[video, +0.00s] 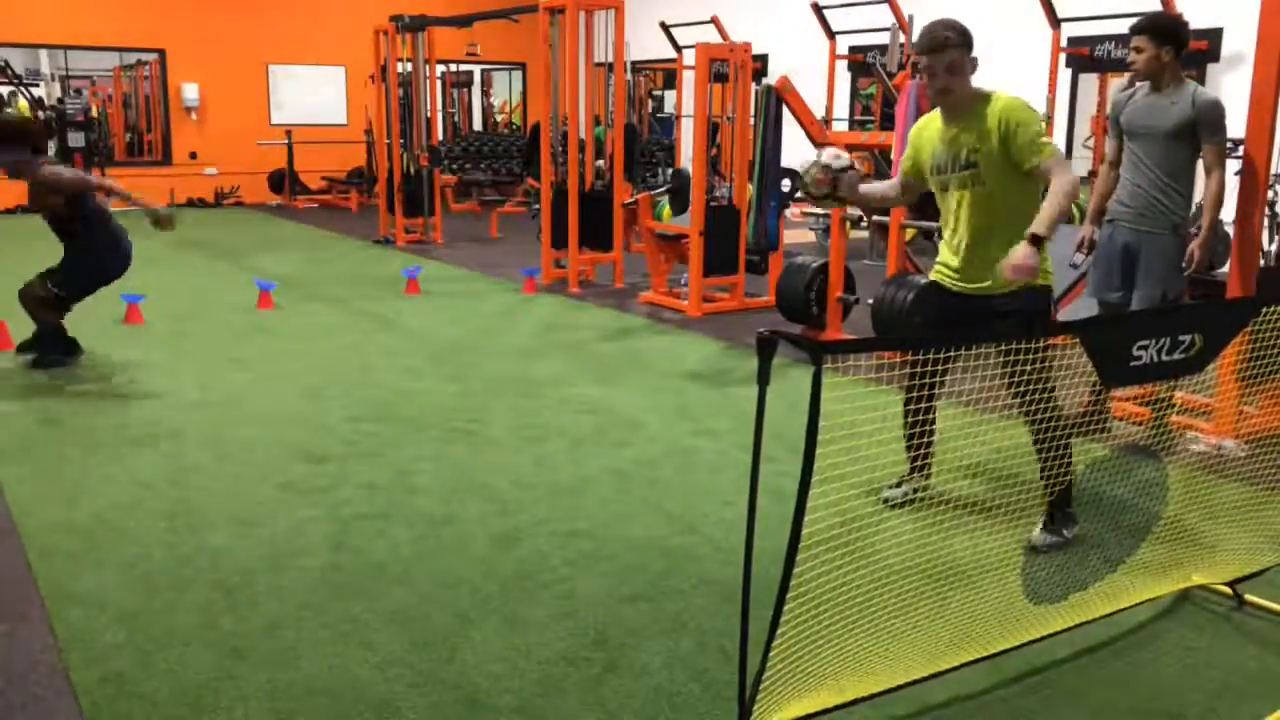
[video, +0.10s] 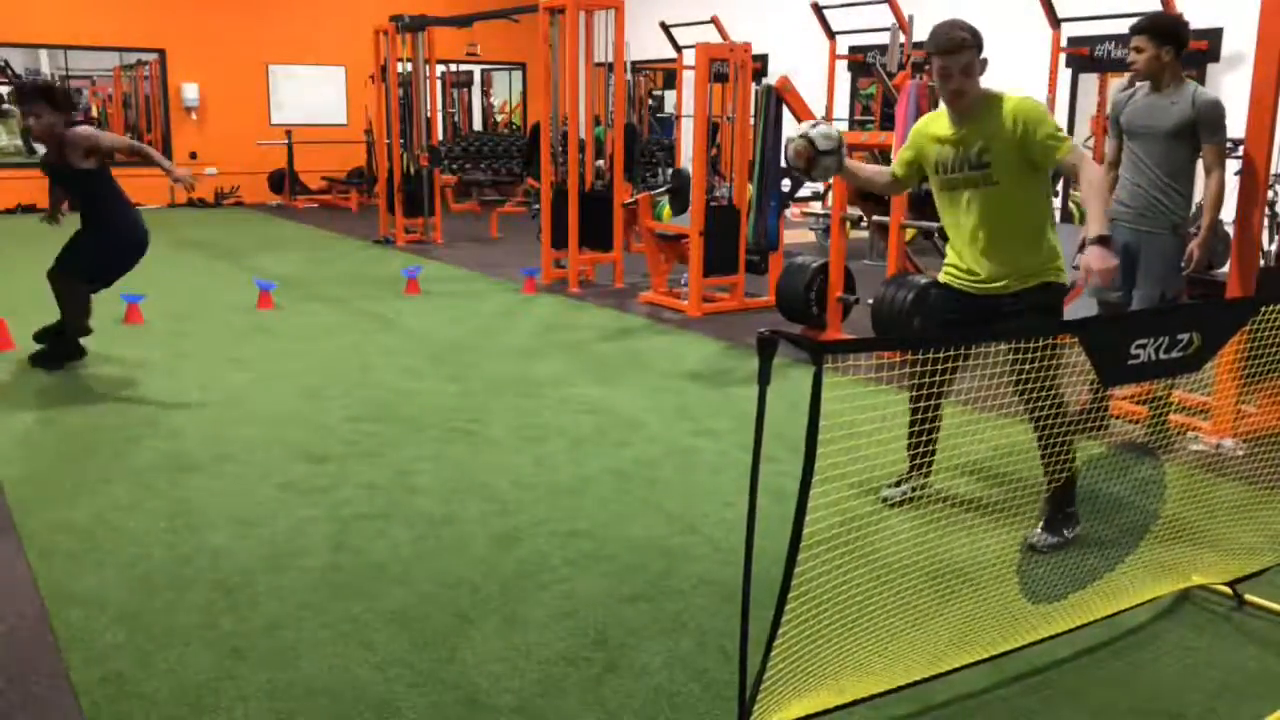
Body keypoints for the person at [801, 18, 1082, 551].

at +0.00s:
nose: (929, 75)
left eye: (941, 65)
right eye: (923, 65)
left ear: (970, 63)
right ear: (918, 67)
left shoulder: (1008, 115)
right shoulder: (924, 132)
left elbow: (1065, 179)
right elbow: (901, 191)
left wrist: (1033, 240)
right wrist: (844, 188)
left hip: (1016, 281)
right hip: (950, 280)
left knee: (1031, 392)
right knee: (920, 375)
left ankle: (1060, 511)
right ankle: (917, 475)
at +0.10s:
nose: (945, 79)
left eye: (957, 67)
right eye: (937, 68)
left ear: (981, 64)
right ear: (929, 68)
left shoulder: (1019, 116)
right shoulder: (927, 131)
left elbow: (1089, 170)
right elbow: (891, 180)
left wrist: (1097, 240)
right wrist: (832, 162)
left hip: (1029, 281)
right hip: (961, 280)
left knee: (1037, 391)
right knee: (925, 374)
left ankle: (1062, 508)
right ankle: (917, 475)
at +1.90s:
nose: (1028, 55)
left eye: (1033, 44)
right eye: (1030, 44)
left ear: (1055, 47)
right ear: (1072, 48)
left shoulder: (1066, 111)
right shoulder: (1112, 106)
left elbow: (1058, 207)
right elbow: (1113, 197)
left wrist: (990, 240)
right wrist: (1025, 231)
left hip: (1079, 280)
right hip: (1110, 278)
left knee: (1074, 396)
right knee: (1084, 390)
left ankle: (1092, 523)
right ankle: (1082, 492)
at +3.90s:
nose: (1049, 99)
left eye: (1058, 88)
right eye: (1037, 90)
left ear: (1072, 87)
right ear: (1019, 90)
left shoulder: (1103, 146)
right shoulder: (996, 162)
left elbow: (1134, 228)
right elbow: (1036, 240)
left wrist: (1162, 304)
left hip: (1072, 297)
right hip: (999, 295)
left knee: (1087, 410)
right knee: (927, 384)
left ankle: (1056, 518)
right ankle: (867, 471)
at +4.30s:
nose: (1072, 55)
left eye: (1085, 46)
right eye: (1070, 46)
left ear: (1120, 53)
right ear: (1069, 53)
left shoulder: (1162, 120)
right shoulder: (1055, 124)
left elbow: (1192, 209)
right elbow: (1011, 188)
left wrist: (1181, 289)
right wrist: (978, 232)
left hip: (1136, 288)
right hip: (1077, 288)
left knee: (1093, 405)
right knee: (1121, 401)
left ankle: (1060, 519)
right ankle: (1163, 485)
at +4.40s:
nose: (1069, 60)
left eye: (1079, 51)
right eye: (1070, 51)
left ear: (1117, 60)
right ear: (1093, 62)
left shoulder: (1165, 124)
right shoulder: (1071, 132)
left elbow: (1198, 212)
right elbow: (1036, 200)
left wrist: (1179, 292)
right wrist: (992, 233)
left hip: (1151, 292)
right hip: (1104, 294)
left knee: (1095, 405)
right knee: (1145, 406)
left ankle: (1066, 514)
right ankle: (1178, 496)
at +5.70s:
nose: (1101, 55)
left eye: (1105, 48)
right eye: (1105, 47)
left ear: (1113, 57)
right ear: (1158, 65)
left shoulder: (1093, 123)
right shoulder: (1173, 132)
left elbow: (1061, 205)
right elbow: (1185, 209)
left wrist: (1029, 213)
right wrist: (1143, 224)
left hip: (1098, 278)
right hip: (1143, 280)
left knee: (1095, 399)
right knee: (1096, 388)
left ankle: (1130, 516)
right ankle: (1128, 458)